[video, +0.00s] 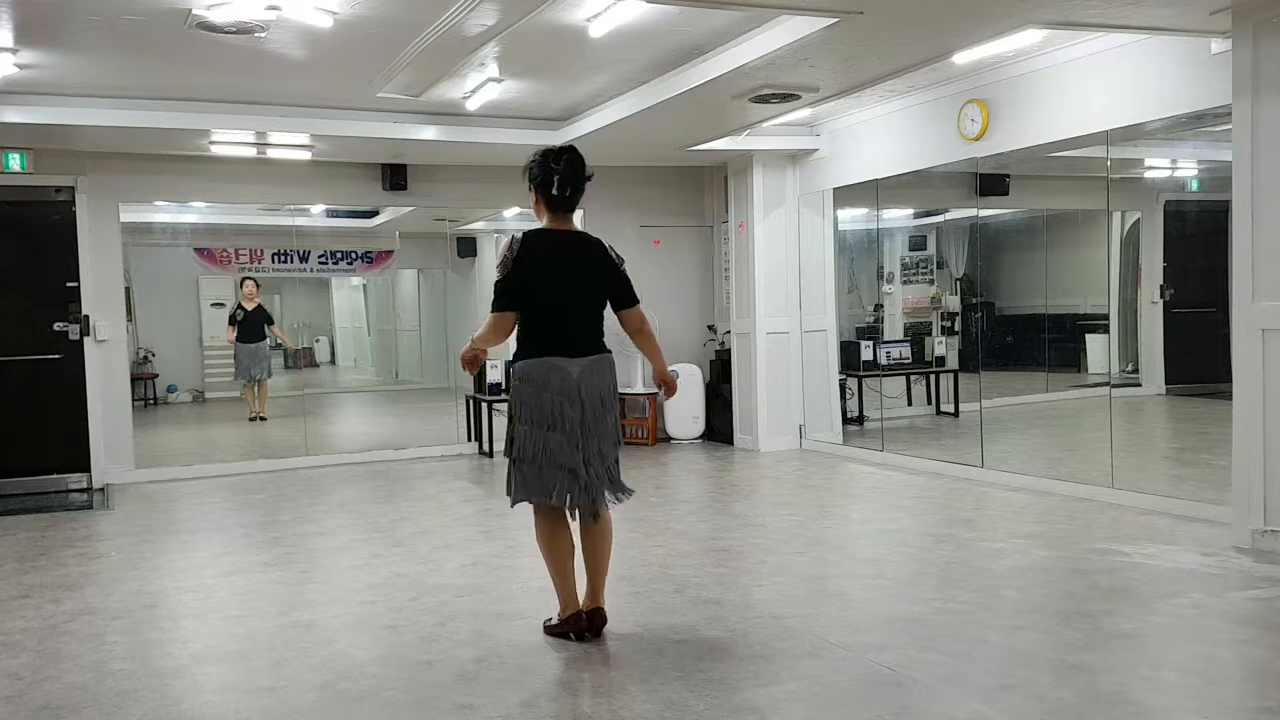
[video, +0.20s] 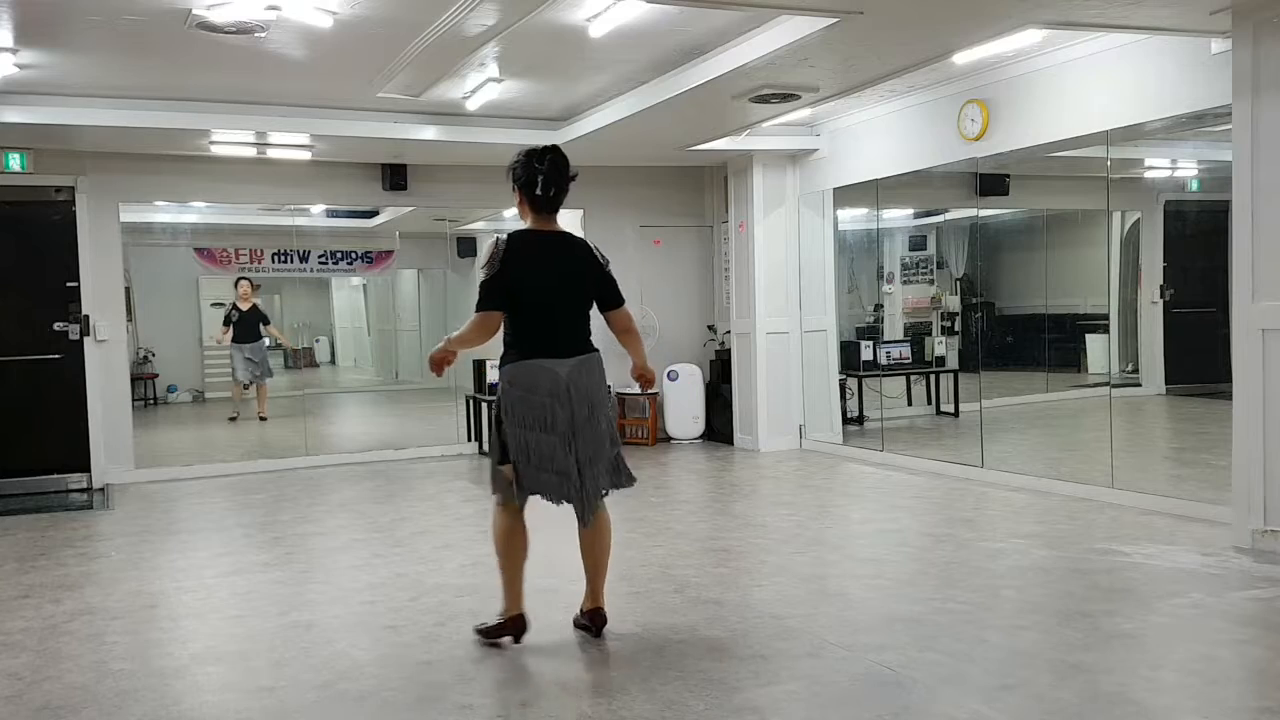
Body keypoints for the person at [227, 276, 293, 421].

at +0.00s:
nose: (250, 289)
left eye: (253, 287)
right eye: (247, 287)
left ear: (257, 289)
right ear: (242, 290)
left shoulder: (262, 308)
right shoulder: (237, 309)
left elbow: (273, 328)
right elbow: (231, 327)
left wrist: (288, 343)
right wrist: (231, 335)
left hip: (261, 347)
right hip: (243, 348)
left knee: (262, 381)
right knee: (248, 382)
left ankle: (262, 410)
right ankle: (253, 410)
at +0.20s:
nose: (245, 289)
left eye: (248, 286)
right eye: (242, 287)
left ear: (252, 289)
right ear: (236, 290)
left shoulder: (257, 308)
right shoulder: (232, 308)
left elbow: (268, 327)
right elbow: (225, 327)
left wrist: (282, 339)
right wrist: (221, 336)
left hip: (256, 347)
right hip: (238, 347)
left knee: (261, 380)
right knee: (238, 379)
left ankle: (261, 411)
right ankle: (235, 410)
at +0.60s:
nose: (226, 290)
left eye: (229, 287)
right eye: (223, 287)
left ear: (233, 289)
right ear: (218, 290)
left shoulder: (237, 308)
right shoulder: (212, 308)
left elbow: (248, 327)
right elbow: (205, 325)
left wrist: (261, 338)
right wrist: (204, 330)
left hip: (237, 347)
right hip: (219, 348)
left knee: (248, 378)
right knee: (221, 382)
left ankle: (260, 409)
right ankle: (223, 413)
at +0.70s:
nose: (223, 290)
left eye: (225, 287)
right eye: (219, 287)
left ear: (229, 290)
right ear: (214, 290)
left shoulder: (232, 308)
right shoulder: (209, 308)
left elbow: (243, 326)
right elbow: (200, 325)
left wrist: (255, 339)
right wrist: (203, 330)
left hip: (234, 346)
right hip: (215, 348)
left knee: (244, 377)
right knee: (219, 383)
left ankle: (256, 409)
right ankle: (223, 412)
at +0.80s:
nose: (219, 290)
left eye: (222, 287)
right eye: (215, 287)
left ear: (226, 290)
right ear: (210, 290)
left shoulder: (230, 308)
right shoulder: (207, 308)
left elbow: (240, 328)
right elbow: (198, 325)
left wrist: (253, 342)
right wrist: (200, 333)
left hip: (232, 346)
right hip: (214, 348)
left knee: (240, 378)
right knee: (218, 383)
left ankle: (245, 409)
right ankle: (223, 412)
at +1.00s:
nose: (213, 291)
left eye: (216, 288)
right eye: (210, 288)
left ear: (220, 290)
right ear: (204, 291)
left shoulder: (225, 309)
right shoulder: (201, 310)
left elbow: (236, 328)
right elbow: (192, 329)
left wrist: (248, 341)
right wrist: (188, 345)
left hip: (225, 348)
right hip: (209, 348)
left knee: (224, 380)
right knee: (215, 381)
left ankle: (214, 407)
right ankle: (222, 411)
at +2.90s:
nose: (157, 290)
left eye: (160, 287)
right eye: (154, 287)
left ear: (165, 290)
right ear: (149, 290)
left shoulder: (170, 308)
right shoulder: (145, 309)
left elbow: (184, 327)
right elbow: (144, 328)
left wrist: (180, 344)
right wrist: (132, 337)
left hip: (168, 349)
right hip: (151, 351)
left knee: (168, 384)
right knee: (162, 384)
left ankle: (162, 416)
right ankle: (178, 410)